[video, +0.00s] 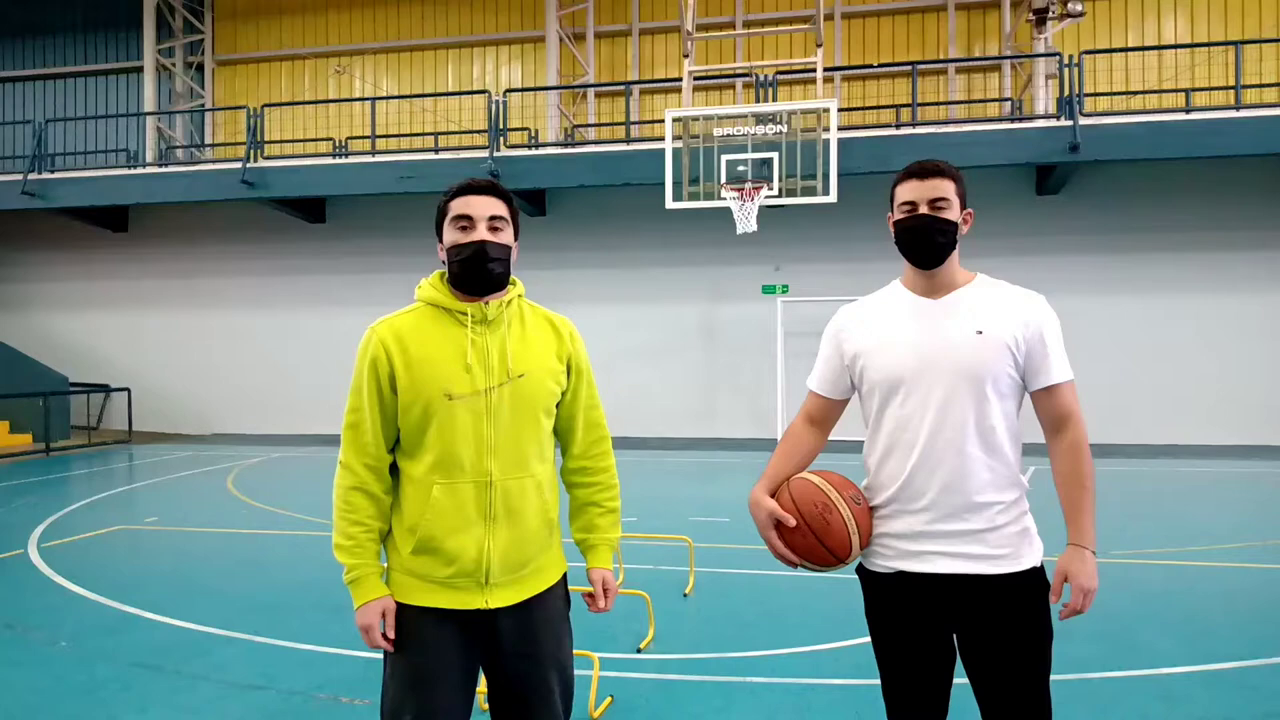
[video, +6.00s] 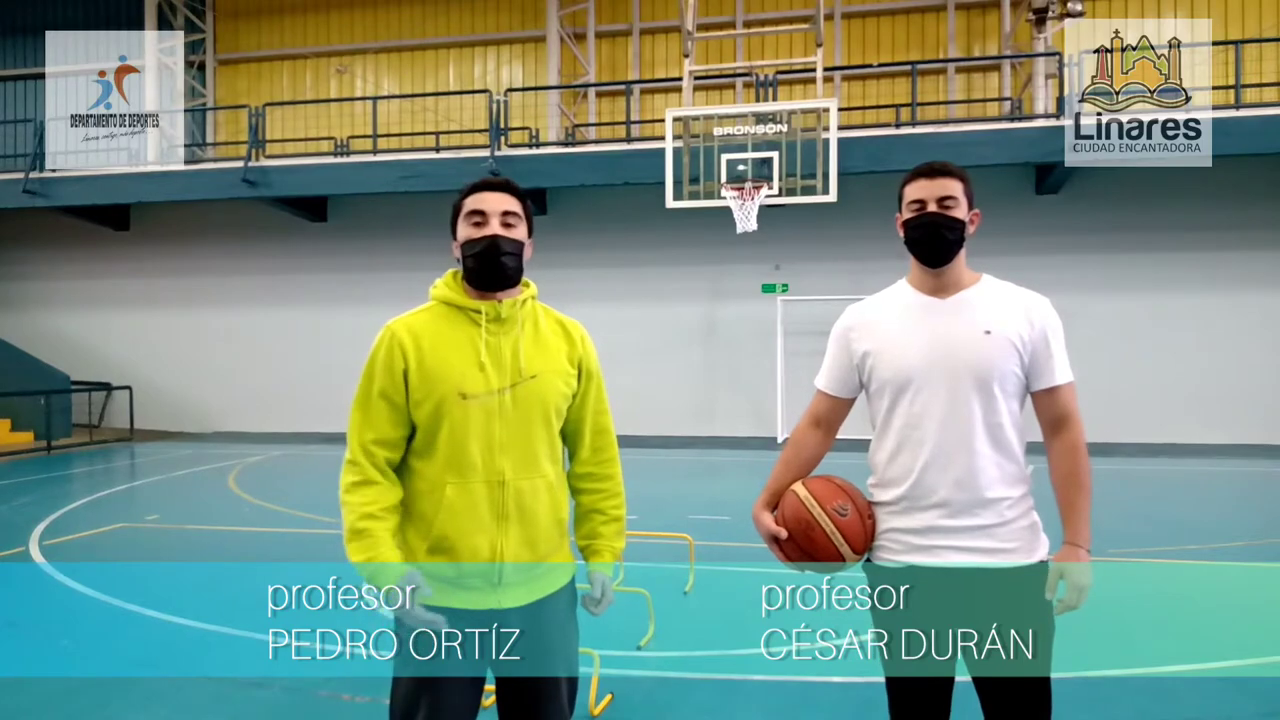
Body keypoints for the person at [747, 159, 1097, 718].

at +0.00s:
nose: (923, 218)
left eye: (939, 206)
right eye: (907, 209)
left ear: (965, 221)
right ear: (891, 226)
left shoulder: (1022, 314)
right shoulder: (854, 324)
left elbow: (1065, 429)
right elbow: (812, 422)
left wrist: (1080, 544)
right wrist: (761, 490)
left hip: (1003, 567)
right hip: (897, 570)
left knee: (1020, 715)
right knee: (912, 716)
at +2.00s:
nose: (921, 218)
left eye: (936, 206)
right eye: (906, 210)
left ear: (963, 219)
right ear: (890, 229)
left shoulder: (1022, 312)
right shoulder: (856, 324)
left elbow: (1060, 428)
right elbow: (813, 423)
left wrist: (1073, 542)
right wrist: (763, 491)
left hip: (1002, 560)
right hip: (899, 562)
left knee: (1018, 710)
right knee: (912, 712)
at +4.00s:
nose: (926, 217)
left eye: (941, 206)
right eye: (911, 208)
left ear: (967, 221)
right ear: (894, 226)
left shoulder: (1022, 313)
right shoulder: (857, 324)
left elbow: (1062, 429)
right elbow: (816, 426)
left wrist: (1075, 543)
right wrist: (763, 503)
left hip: (1005, 561)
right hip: (901, 563)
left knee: (1020, 712)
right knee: (913, 713)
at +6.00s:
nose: (931, 215)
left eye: (946, 204)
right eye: (916, 207)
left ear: (972, 220)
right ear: (899, 226)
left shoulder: (1026, 314)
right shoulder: (862, 323)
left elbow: (1063, 430)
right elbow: (818, 425)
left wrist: (1076, 543)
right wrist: (764, 503)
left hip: (1007, 559)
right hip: (904, 560)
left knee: (1020, 711)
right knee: (915, 712)